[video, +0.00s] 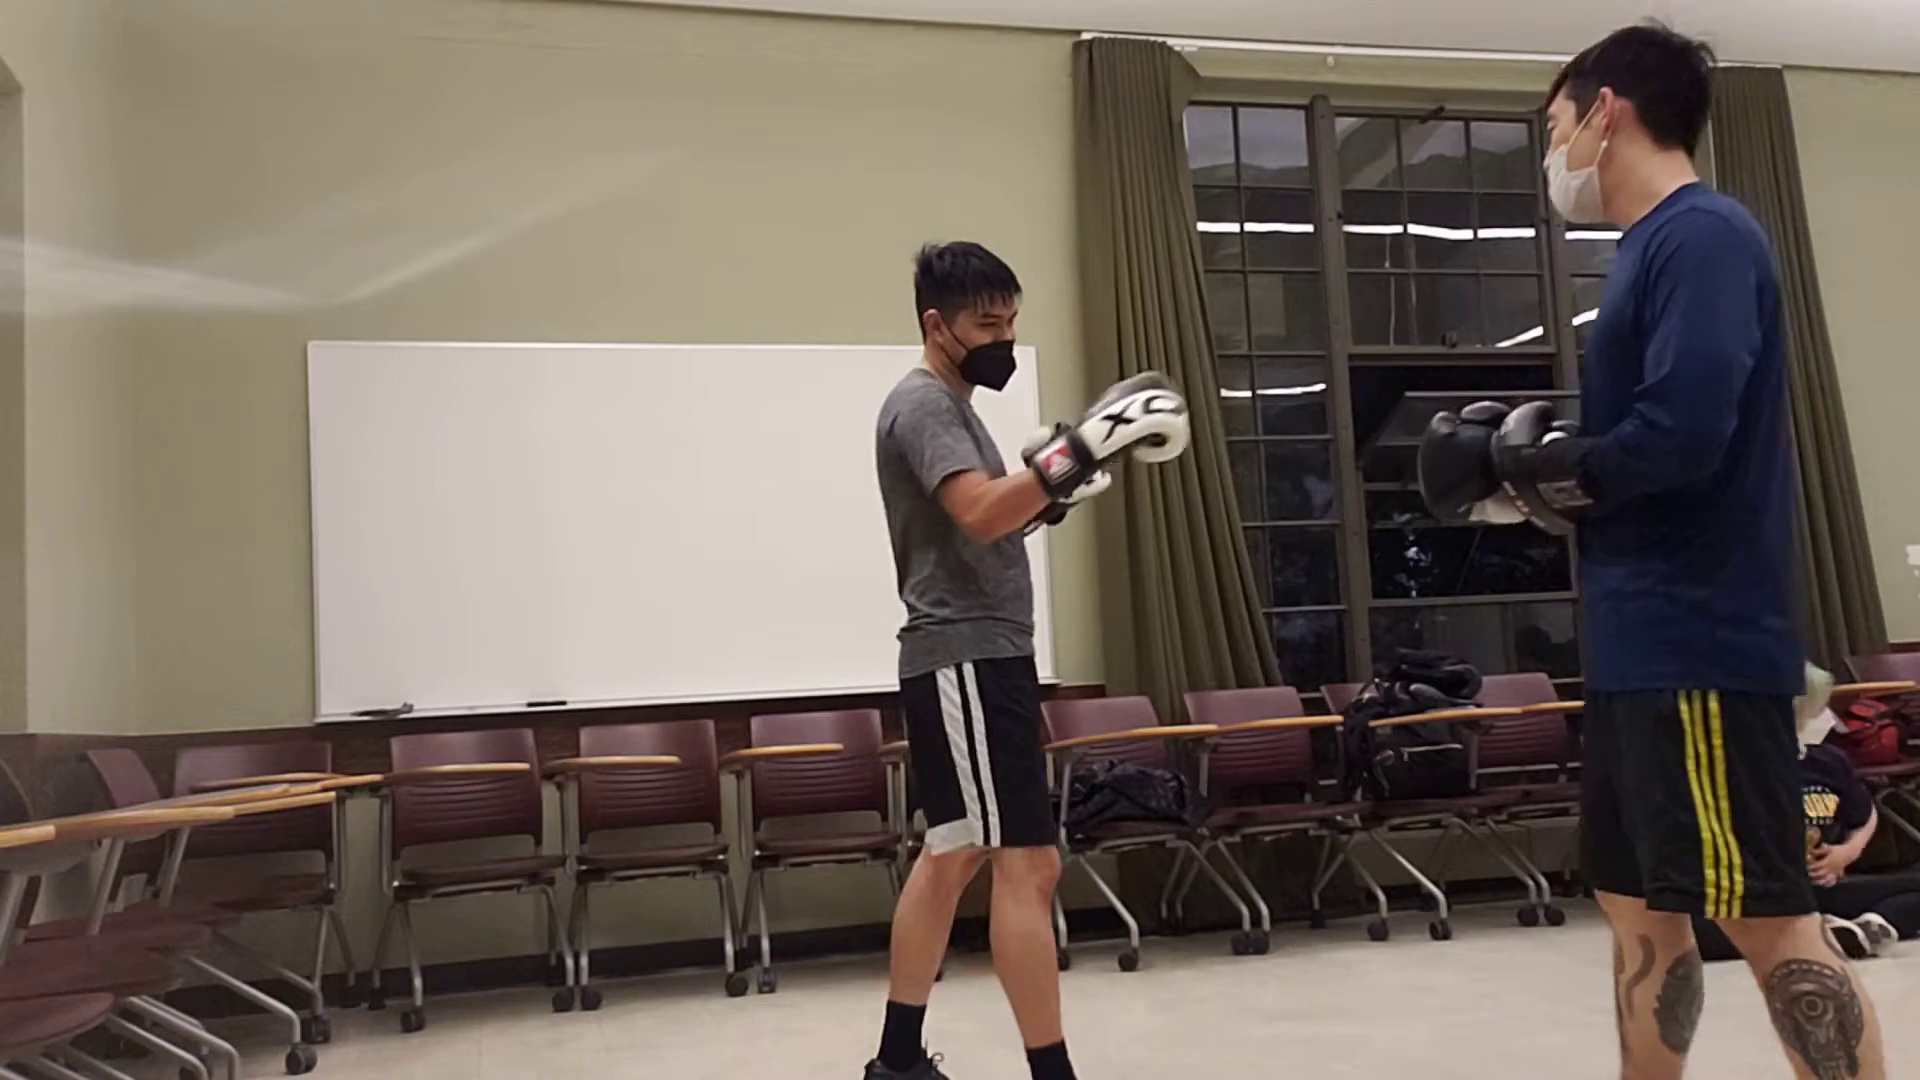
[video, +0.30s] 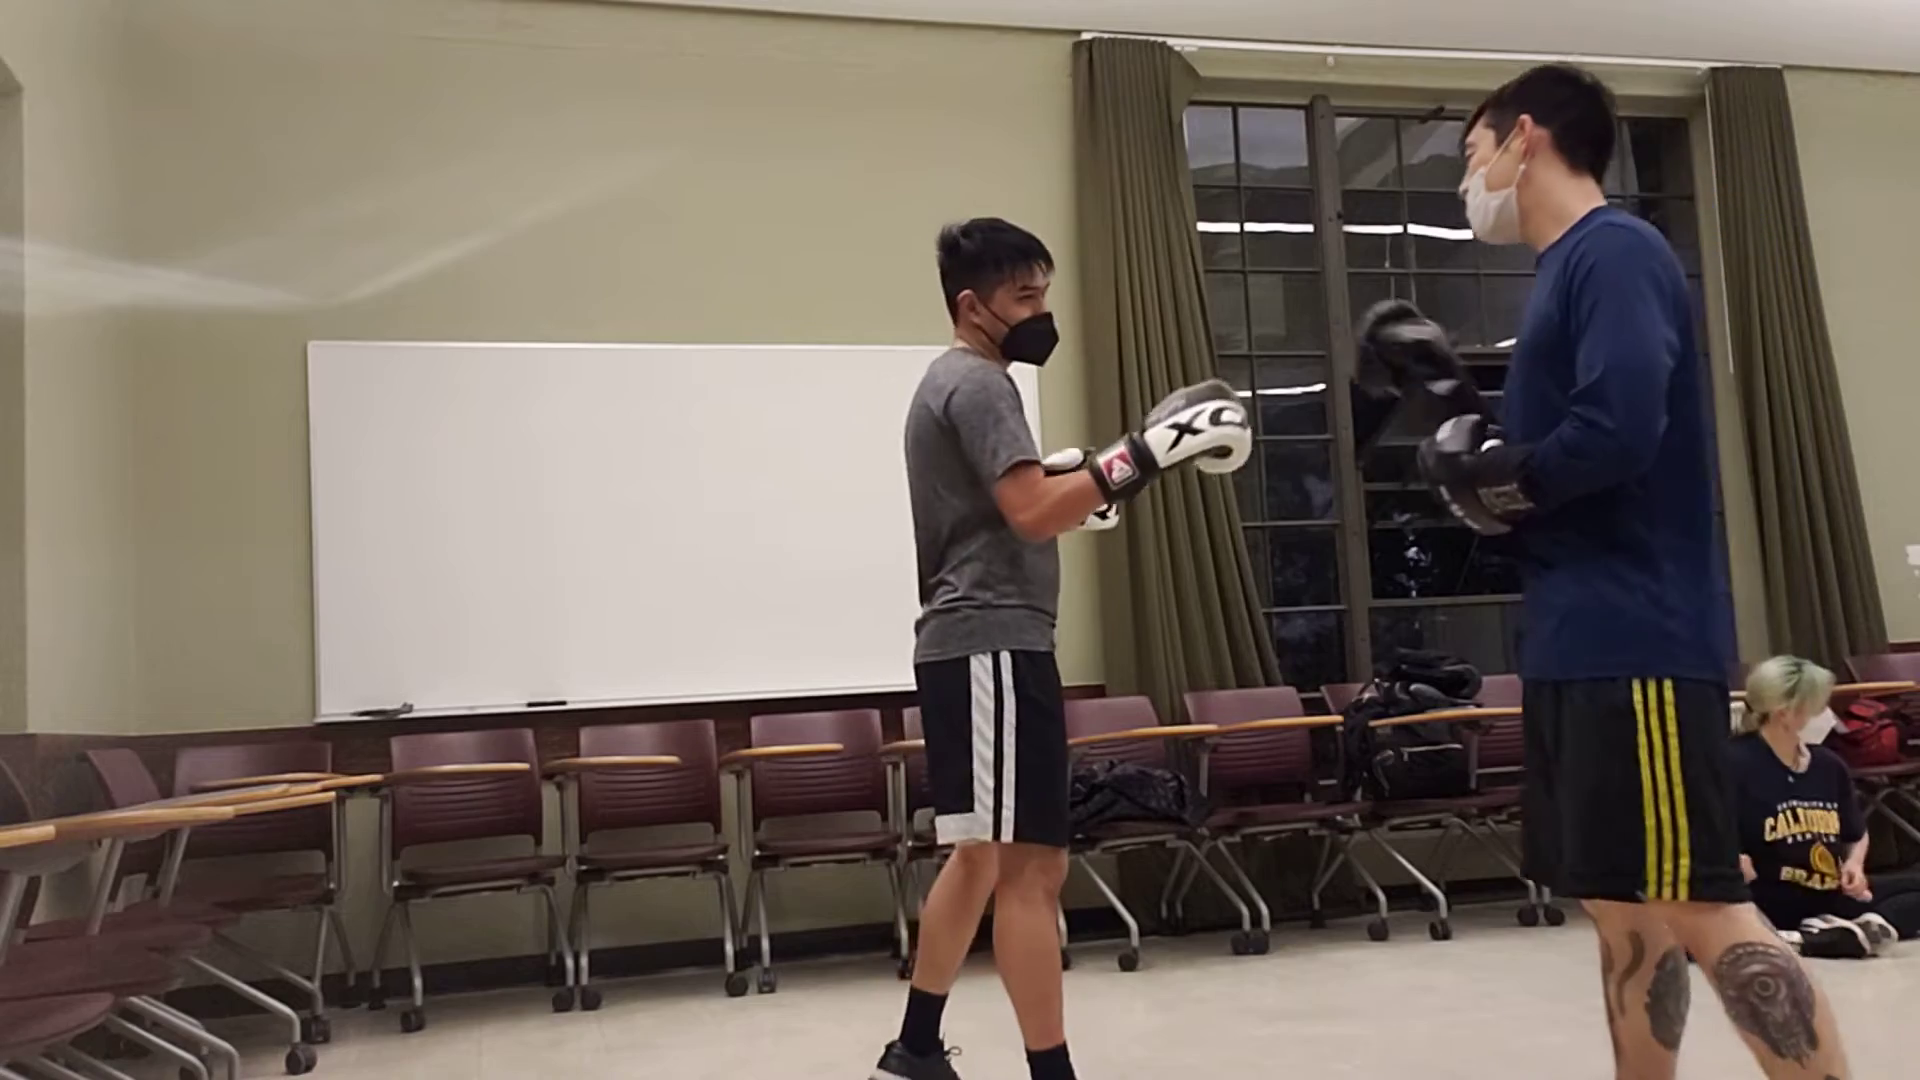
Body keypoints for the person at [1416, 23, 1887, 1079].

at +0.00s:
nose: (1554, 152)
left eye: (1557, 126)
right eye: (1551, 130)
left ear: (1608, 112)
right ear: (1633, 119)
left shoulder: (1703, 236)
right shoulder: (1655, 246)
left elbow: (1683, 437)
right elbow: (1647, 436)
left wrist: (1531, 465)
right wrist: (1532, 472)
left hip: (1707, 649)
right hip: (1639, 650)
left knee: (1766, 918)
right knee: (1636, 904)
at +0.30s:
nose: (1469, 182)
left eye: (1475, 156)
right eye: (1467, 161)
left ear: (1527, 143)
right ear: (1546, 148)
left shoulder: (1613, 250)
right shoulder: (1567, 268)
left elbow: (1618, 427)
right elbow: (1552, 423)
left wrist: (1498, 478)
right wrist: (1465, 399)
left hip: (1644, 645)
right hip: (1581, 648)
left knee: (1700, 904)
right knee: (1615, 901)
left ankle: (1825, 1071)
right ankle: (1643, 1077)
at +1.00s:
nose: (1372, 200)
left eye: (1370, 173)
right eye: (1367, 179)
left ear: (1414, 149)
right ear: (1441, 154)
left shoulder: (1518, 256)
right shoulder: (1492, 266)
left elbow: (1565, 424)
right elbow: (1516, 443)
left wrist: (1420, 480)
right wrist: (1397, 499)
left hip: (1521, 649)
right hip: (1525, 645)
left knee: (1521, 914)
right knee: (1577, 910)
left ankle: (1583, 1079)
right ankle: (1625, 1074)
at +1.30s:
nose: (1354, 177)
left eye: (1351, 149)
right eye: (1348, 154)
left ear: (1392, 128)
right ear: (1450, 127)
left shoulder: (1468, 248)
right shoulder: (1497, 236)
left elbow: (1487, 425)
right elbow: (1489, 429)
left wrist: (1372, 472)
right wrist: (1381, 447)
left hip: (1485, 650)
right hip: (1498, 646)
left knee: (1504, 936)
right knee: (1526, 930)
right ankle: (1585, 1078)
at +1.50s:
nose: (1320, 177)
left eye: (1316, 149)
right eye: (1315, 154)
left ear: (1357, 130)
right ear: (1407, 130)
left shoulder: (1444, 251)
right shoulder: (1461, 241)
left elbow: (1489, 443)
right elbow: (1481, 445)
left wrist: (1356, 502)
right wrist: (1352, 491)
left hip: (1466, 652)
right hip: (1432, 646)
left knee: (1505, 928)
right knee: (1389, 881)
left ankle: (1572, 1078)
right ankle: (1502, 1068)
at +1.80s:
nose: (1257, 214)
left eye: (1255, 188)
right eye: (1253, 193)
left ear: (1290, 170)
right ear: (1354, 167)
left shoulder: (1378, 275)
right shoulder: (1397, 269)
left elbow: (1426, 454)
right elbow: (1400, 464)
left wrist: (1296, 538)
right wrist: (1285, 531)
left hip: (1405, 677)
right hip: (1368, 675)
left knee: (1467, 941)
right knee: (1372, 940)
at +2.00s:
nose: (1207, 221)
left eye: (1207, 198)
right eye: (1205, 201)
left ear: (1239, 187)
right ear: (1296, 186)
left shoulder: (1314, 288)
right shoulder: (1331, 282)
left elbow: (1362, 458)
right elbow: (1328, 465)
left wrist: (1234, 519)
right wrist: (1216, 533)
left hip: (1332, 668)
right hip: (1324, 665)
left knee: (1358, 936)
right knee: (1348, 933)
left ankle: (1492, 1066)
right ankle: (1363, 1074)